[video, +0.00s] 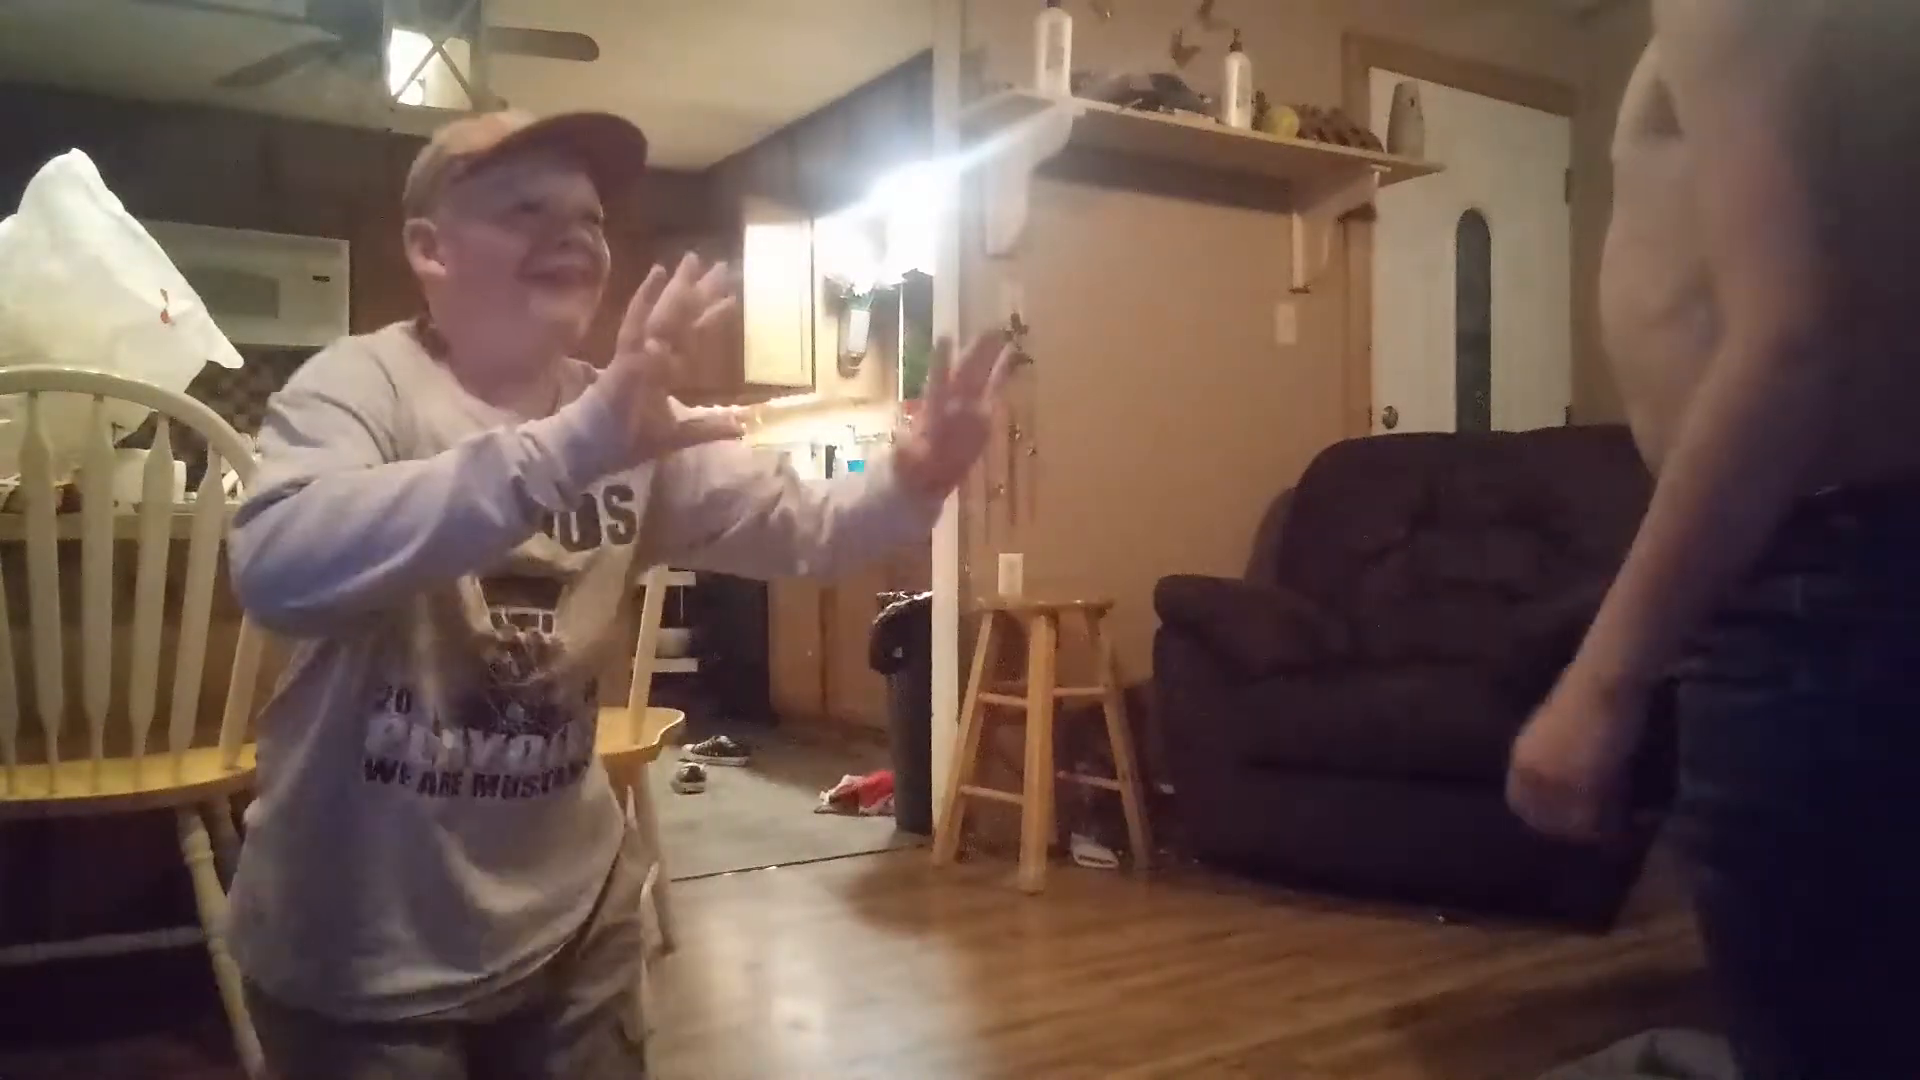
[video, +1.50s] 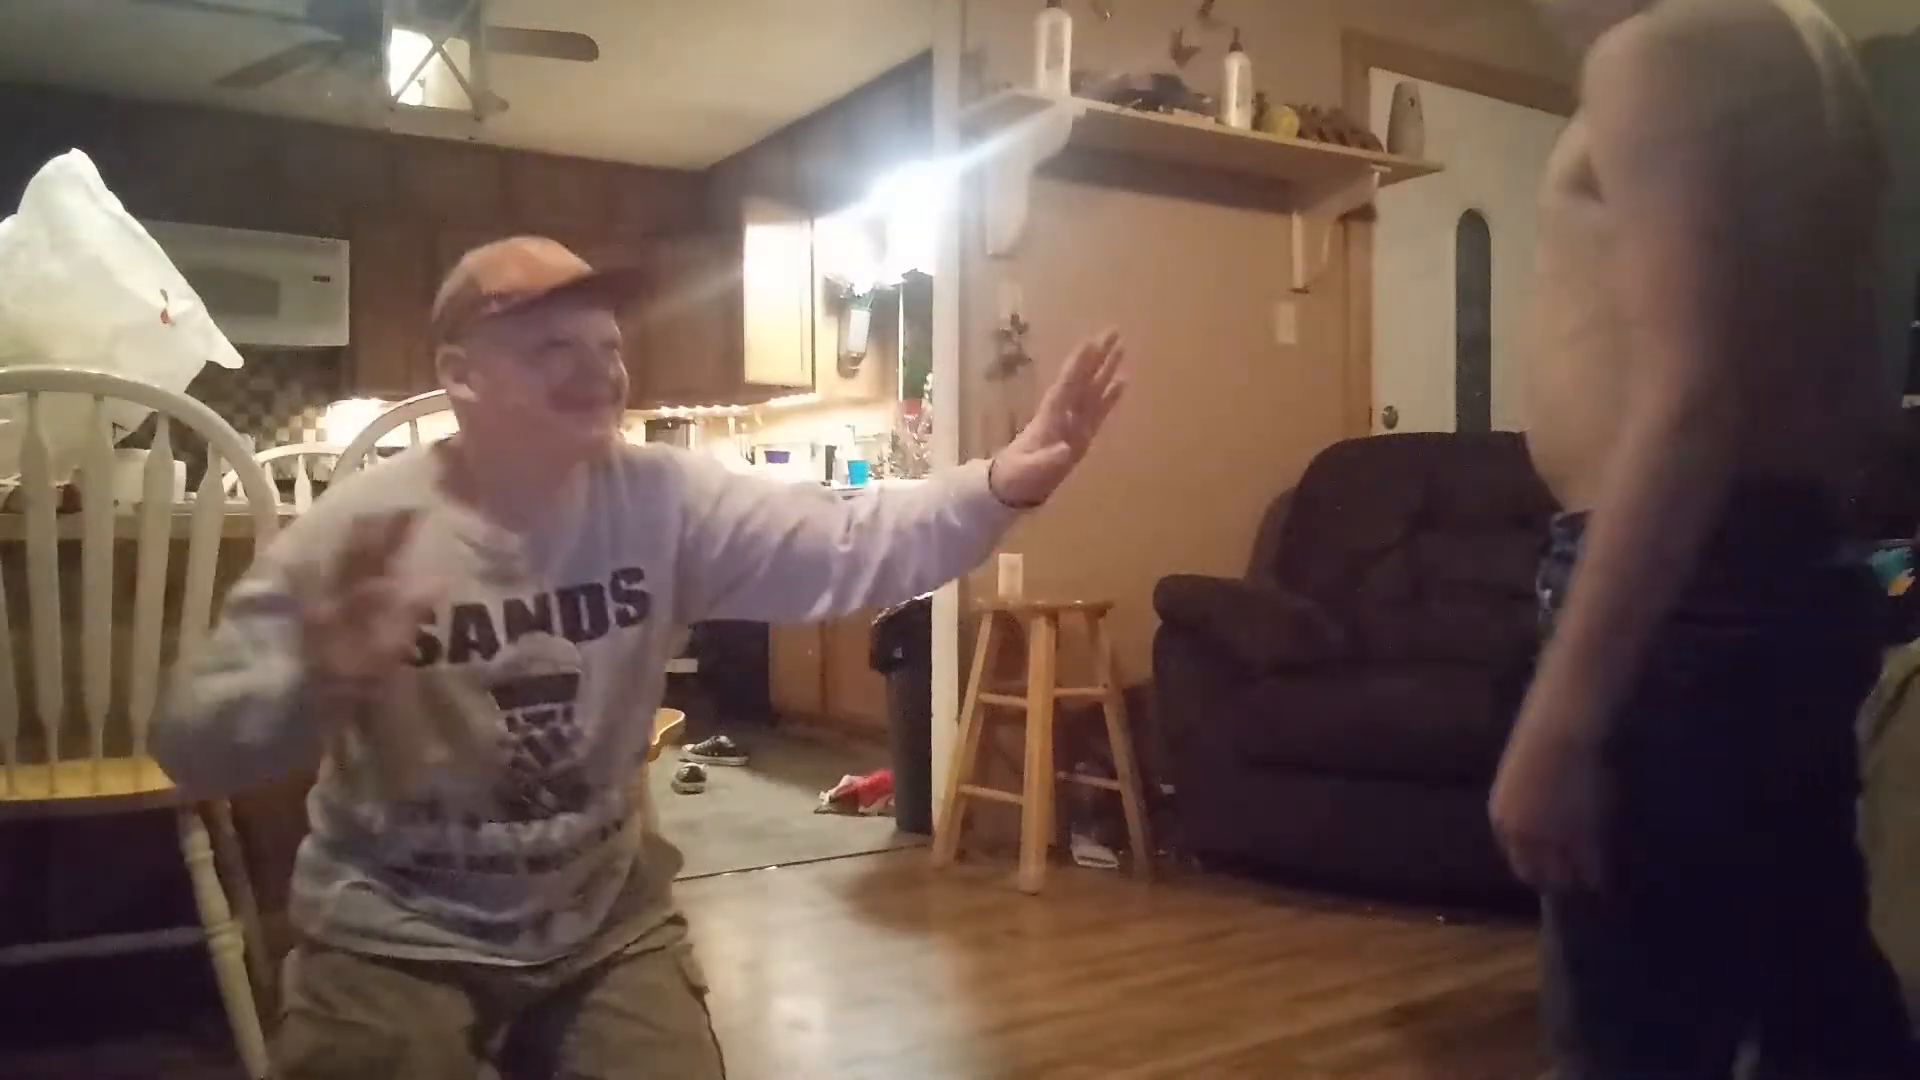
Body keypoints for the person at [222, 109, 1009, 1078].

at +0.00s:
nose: (574, 237)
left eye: (589, 220)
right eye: (525, 211)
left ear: (612, 255)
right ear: (429, 253)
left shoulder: (625, 420)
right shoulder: (353, 386)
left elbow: (796, 518)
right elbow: (283, 563)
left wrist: (910, 488)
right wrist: (580, 441)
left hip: (569, 924)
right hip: (360, 937)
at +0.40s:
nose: (542, 259)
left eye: (553, 240)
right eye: (495, 232)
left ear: (569, 273)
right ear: (390, 264)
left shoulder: (600, 431)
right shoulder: (275, 443)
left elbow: (780, 509)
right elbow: (237, 681)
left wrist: (928, 462)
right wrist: (476, 554)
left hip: (570, 921)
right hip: (329, 941)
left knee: (616, 1065)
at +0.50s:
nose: (490, 260)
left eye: (501, 242)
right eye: (441, 232)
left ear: (516, 285)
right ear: (337, 265)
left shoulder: (554, 439)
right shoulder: (214, 452)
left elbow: (717, 521)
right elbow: (144, 697)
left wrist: (869, 483)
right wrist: (395, 578)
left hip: (540, 923)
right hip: (296, 947)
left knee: (610, 1068)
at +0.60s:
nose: (459, 257)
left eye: (468, 243)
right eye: (410, 229)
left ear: (478, 278)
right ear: (298, 256)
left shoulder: (525, 439)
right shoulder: (165, 442)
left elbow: (701, 513)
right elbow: (52, 679)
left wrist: (858, 482)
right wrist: (312, 571)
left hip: (514, 953)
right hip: (264, 975)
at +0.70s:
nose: (452, 262)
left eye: (461, 248)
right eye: (404, 235)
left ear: (474, 280)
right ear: (290, 259)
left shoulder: (510, 437)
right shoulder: (148, 443)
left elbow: (707, 507)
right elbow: (17, 664)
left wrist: (871, 458)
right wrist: (235, 605)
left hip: (493, 930)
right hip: (247, 961)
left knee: (597, 1061)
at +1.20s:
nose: (560, 340)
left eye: (569, 316)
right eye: (518, 315)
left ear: (583, 329)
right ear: (414, 337)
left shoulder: (615, 478)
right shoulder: (287, 490)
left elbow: (811, 534)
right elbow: (156, 681)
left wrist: (960, 491)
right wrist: (159, 664)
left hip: (560, 917)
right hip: (325, 939)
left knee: (661, 1068)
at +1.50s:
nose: (598, 370)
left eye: (607, 343)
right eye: (557, 349)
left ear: (621, 351)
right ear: (465, 375)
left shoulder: (660, 498)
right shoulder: (356, 527)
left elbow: (844, 539)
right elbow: (192, 747)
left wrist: (1016, 476)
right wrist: (318, 675)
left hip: (604, 919)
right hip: (393, 932)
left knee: (676, 1066)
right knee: (364, 1067)